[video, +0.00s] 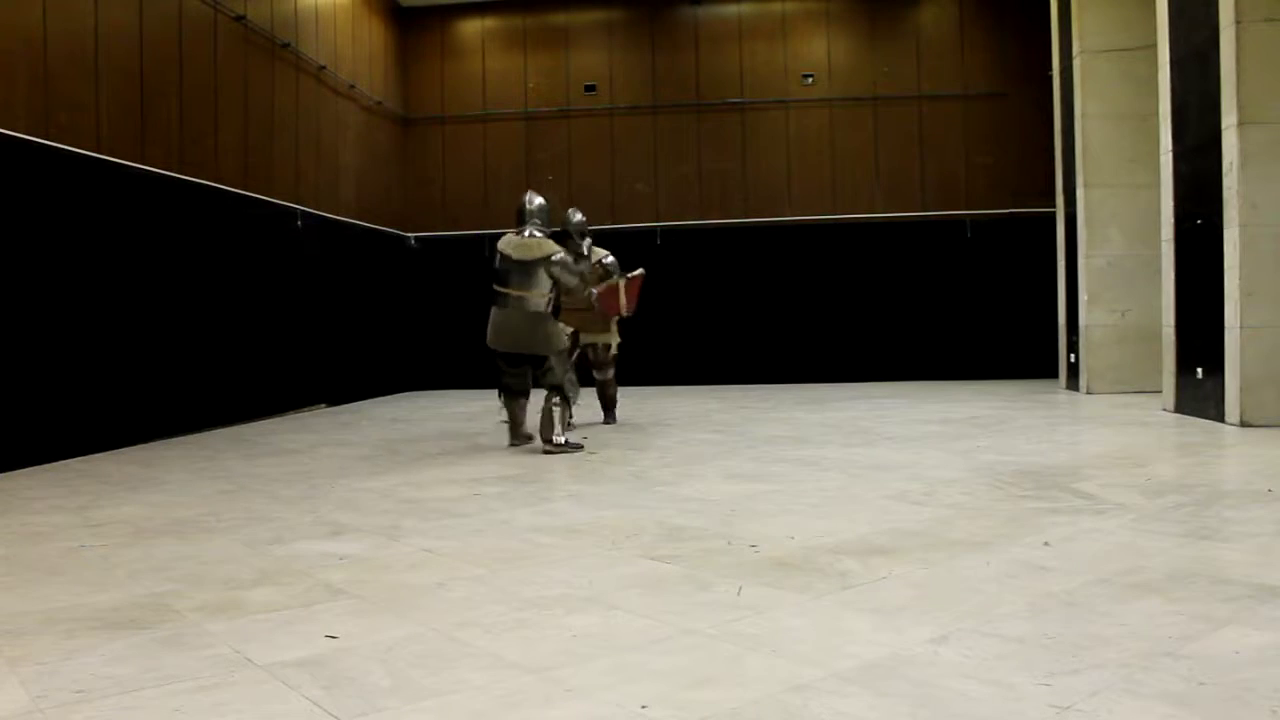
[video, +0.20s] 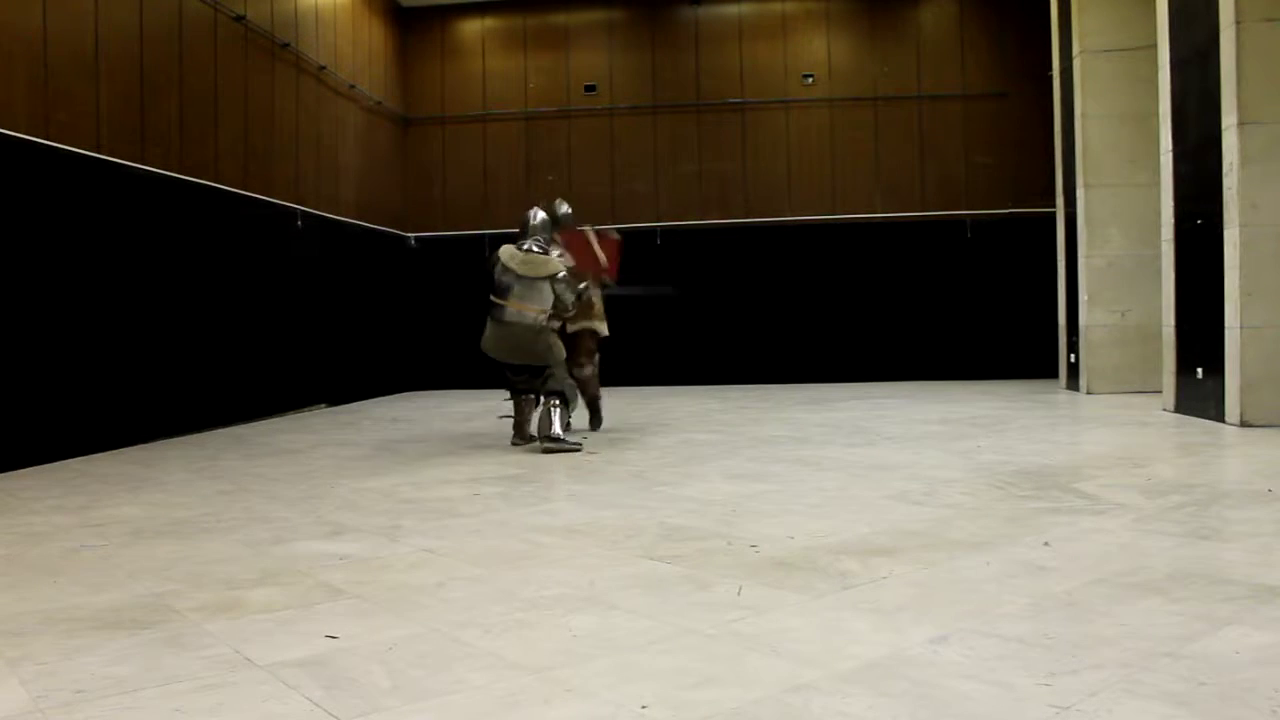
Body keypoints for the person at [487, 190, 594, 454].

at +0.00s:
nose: (544, 220)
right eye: (544, 216)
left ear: (520, 217)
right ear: (546, 218)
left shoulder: (504, 246)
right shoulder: (548, 250)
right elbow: (573, 279)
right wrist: (595, 269)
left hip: (502, 326)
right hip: (537, 327)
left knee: (514, 377)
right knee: (561, 378)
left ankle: (517, 431)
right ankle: (554, 433)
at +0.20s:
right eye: (549, 233)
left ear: (524, 231)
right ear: (549, 234)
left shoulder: (504, 257)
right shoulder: (554, 268)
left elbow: (499, 282)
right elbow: (567, 306)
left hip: (499, 338)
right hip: (535, 341)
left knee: (522, 376)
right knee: (558, 377)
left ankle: (521, 430)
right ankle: (553, 430)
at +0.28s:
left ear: (523, 228)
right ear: (549, 229)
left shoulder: (505, 255)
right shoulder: (558, 266)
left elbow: (498, 286)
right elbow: (568, 301)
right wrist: (550, 312)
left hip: (504, 333)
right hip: (541, 335)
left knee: (519, 375)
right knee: (557, 373)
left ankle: (521, 429)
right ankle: (552, 429)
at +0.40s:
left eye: (525, 219)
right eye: (544, 219)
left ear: (521, 223)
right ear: (548, 223)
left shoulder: (507, 248)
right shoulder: (561, 255)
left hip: (512, 322)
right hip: (546, 323)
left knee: (519, 375)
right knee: (559, 370)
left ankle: (521, 430)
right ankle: (551, 431)